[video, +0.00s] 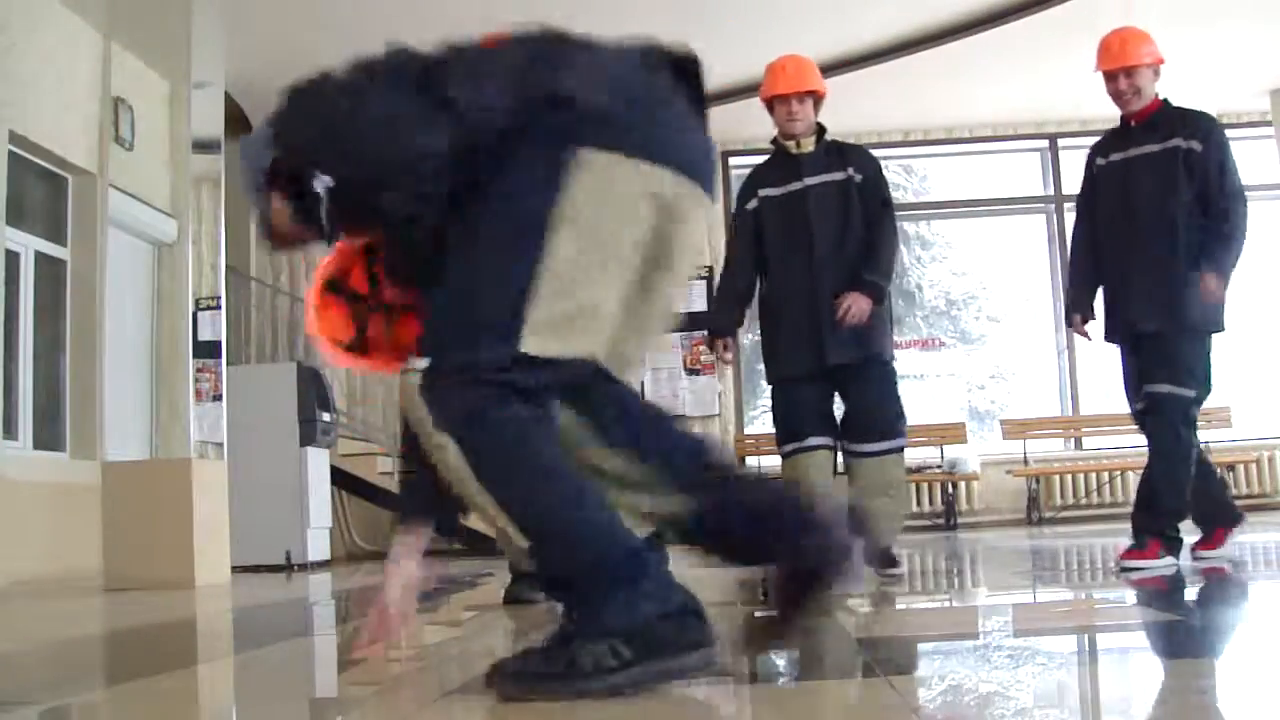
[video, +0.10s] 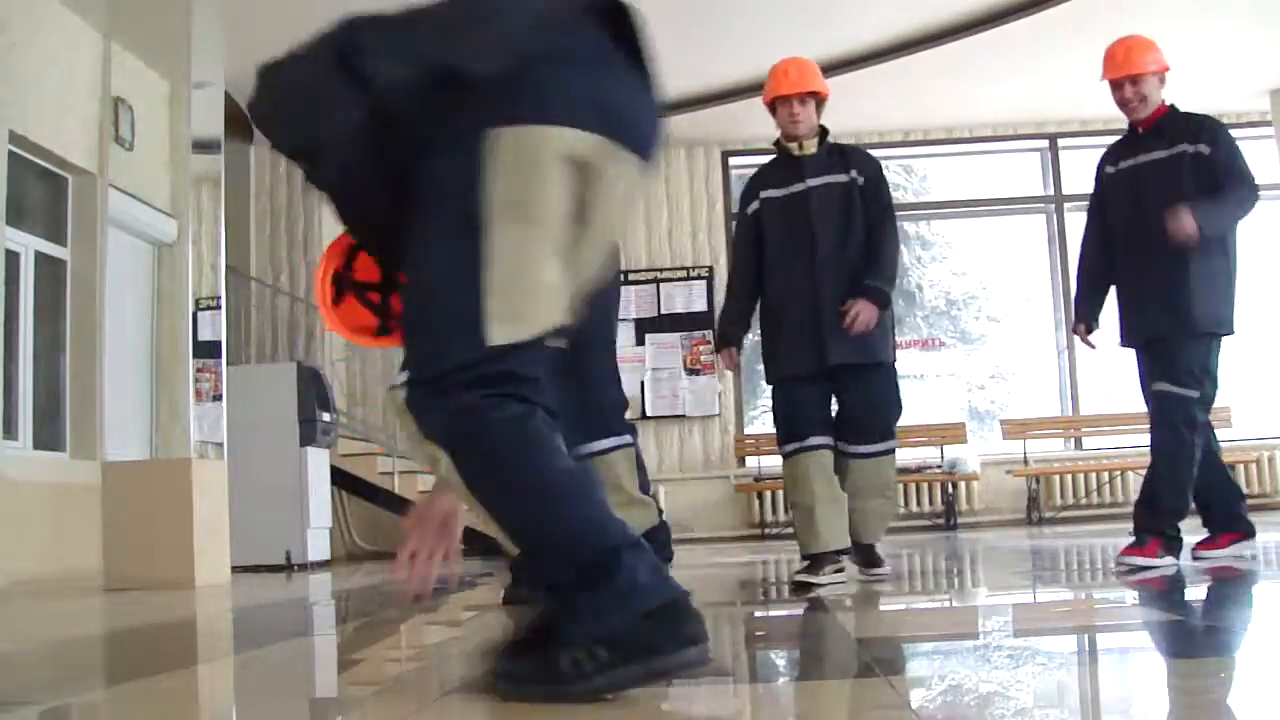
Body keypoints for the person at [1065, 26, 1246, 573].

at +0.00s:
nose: (1120, 84)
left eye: (1129, 72)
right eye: (1111, 76)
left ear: (1155, 70)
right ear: (1104, 81)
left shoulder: (1197, 130)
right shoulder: (1103, 151)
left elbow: (1230, 206)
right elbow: (1087, 231)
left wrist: (1217, 267)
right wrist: (1079, 295)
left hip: (1183, 298)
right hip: (1127, 303)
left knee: (1170, 412)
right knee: (1152, 414)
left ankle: (1158, 537)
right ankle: (1220, 513)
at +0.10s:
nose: (1127, 93)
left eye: (1135, 81)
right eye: (1117, 85)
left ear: (1161, 77)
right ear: (1109, 89)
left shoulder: (1203, 133)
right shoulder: (1113, 160)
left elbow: (1243, 191)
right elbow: (1098, 238)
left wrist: (1200, 216)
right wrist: (1087, 305)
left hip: (1197, 301)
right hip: (1143, 306)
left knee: (1175, 411)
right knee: (1177, 416)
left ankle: (1159, 535)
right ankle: (1231, 526)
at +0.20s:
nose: (1131, 98)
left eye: (1140, 86)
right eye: (1122, 90)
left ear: (1166, 81)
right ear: (1116, 95)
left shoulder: (1208, 132)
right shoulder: (1124, 165)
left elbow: (1253, 181)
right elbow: (1111, 244)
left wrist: (1188, 166)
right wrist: (1095, 311)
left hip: (1209, 297)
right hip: (1157, 305)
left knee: (1187, 408)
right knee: (1186, 414)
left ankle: (1162, 531)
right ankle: (1232, 528)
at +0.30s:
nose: (1137, 96)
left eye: (1144, 83)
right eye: (1128, 89)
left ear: (1171, 78)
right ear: (1123, 95)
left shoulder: (1216, 126)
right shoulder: (1132, 163)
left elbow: (1257, 160)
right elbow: (1119, 242)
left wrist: (1188, 124)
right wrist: (1092, 301)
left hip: (1218, 294)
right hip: (1166, 303)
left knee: (1197, 406)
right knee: (1190, 413)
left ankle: (1176, 526)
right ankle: (1233, 526)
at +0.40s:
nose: (1145, 93)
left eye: (1154, 81)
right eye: (1136, 86)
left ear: (1179, 78)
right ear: (1130, 93)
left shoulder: (1214, 130)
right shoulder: (1141, 162)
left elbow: (1263, 135)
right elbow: (1121, 232)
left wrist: (1196, 89)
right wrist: (1071, 264)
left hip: (1225, 292)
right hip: (1175, 301)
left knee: (1208, 404)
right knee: (1188, 410)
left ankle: (1217, 528)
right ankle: (1232, 527)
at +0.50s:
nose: (1148, 92)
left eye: (1156, 80)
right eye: (1141, 84)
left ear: (1181, 79)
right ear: (1136, 91)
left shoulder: (1221, 129)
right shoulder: (1148, 160)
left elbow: (1263, 116)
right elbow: (1113, 222)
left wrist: (1196, 75)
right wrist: (1068, 211)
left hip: (1228, 287)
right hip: (1180, 299)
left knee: (1220, 400)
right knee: (1190, 409)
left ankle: (1254, 524)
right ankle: (1228, 526)